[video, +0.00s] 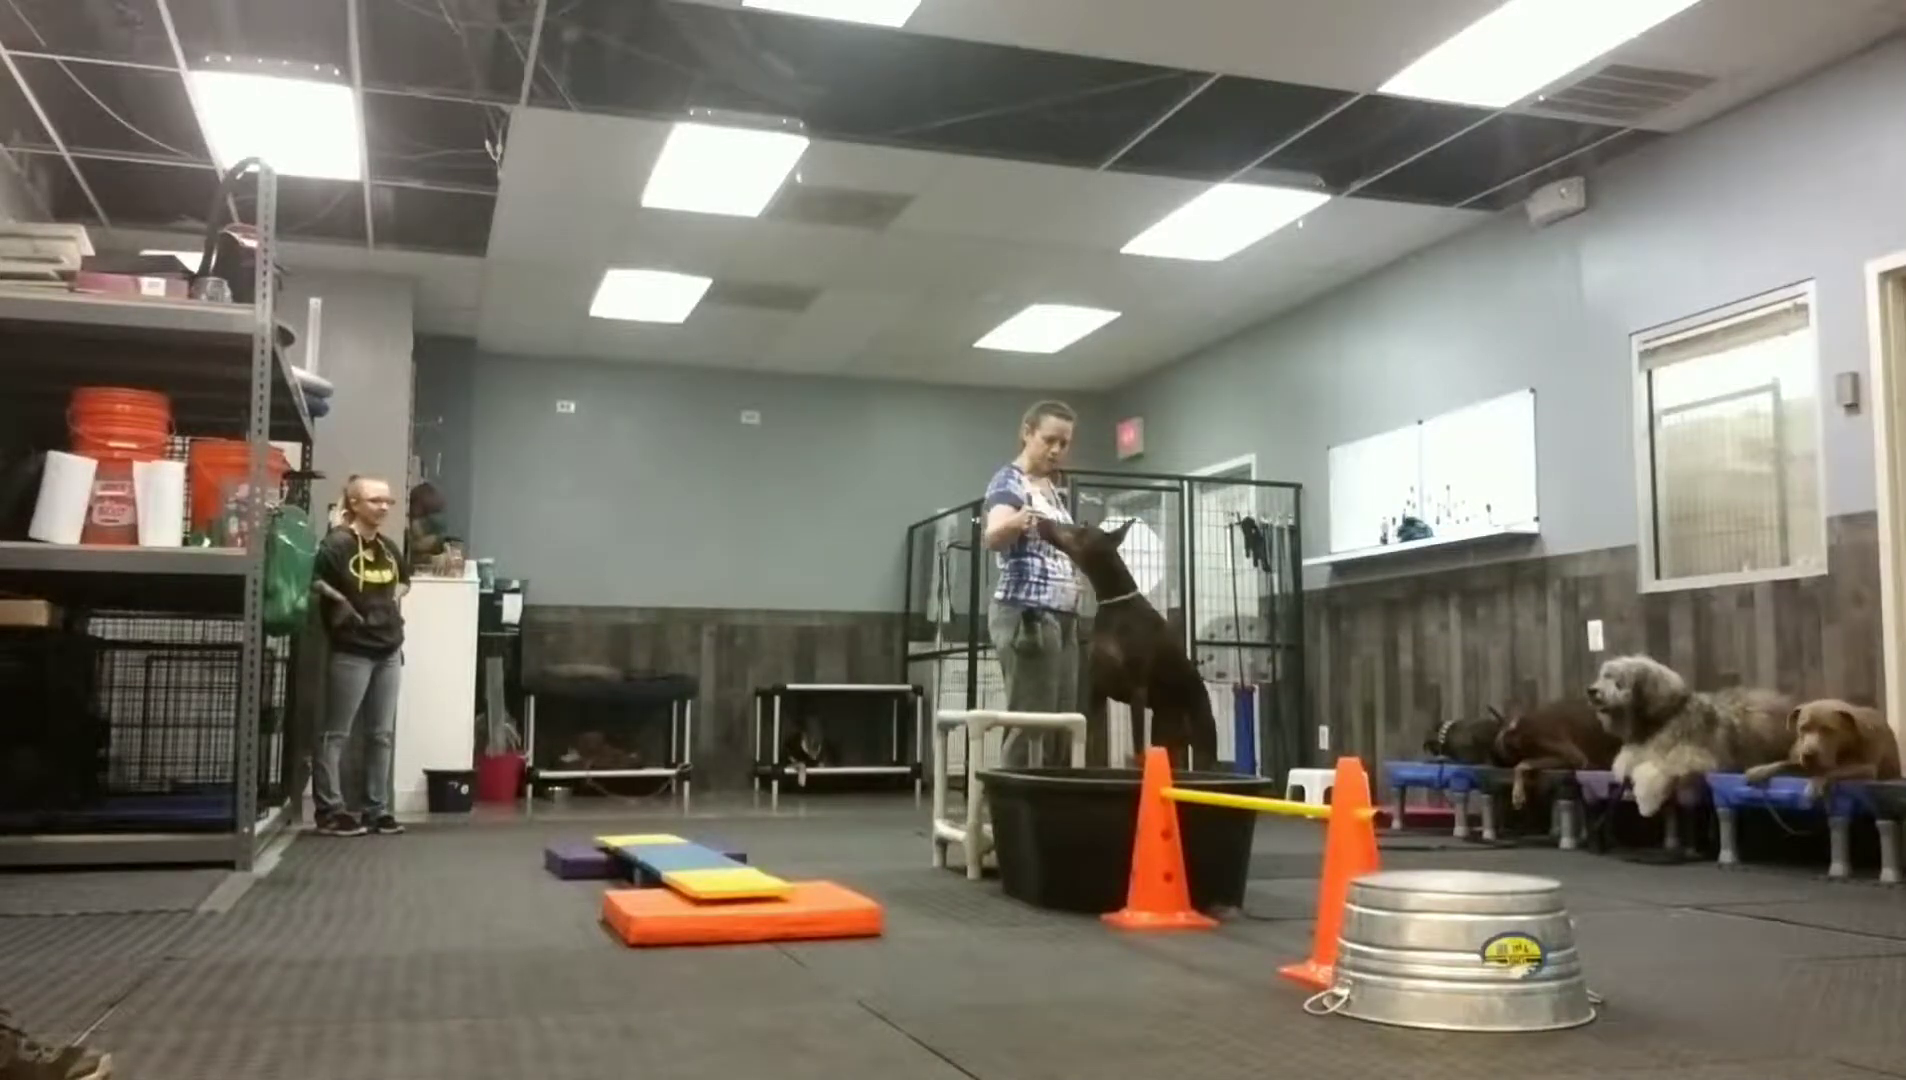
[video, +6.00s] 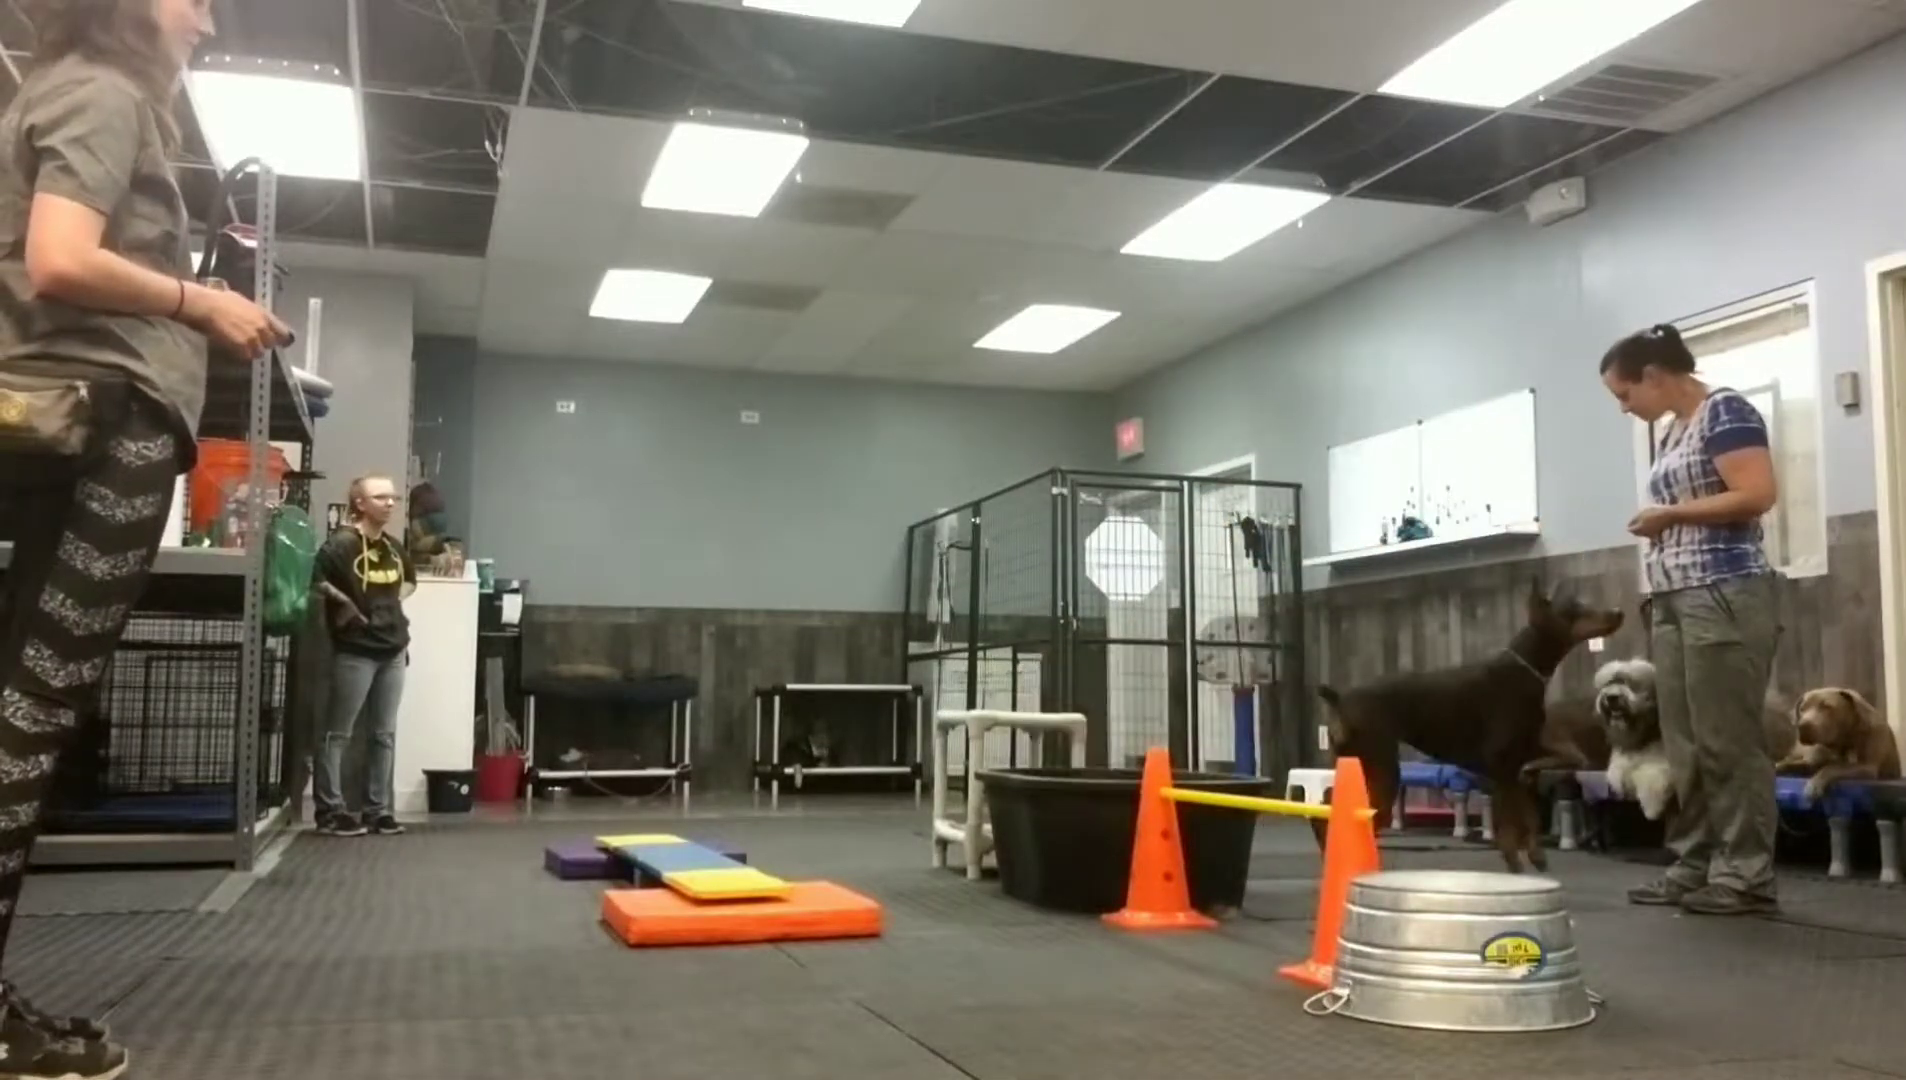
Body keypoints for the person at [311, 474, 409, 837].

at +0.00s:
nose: (384, 507)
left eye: (387, 501)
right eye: (376, 501)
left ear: (388, 506)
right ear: (355, 504)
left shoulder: (387, 546)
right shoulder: (338, 543)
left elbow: (401, 582)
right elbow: (317, 582)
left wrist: (392, 616)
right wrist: (344, 608)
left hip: (388, 649)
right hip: (352, 649)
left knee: (381, 734)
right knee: (337, 734)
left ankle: (376, 810)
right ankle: (329, 810)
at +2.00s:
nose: (379, 508)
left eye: (382, 502)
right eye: (371, 502)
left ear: (385, 505)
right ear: (351, 505)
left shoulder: (386, 545)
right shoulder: (336, 542)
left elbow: (401, 582)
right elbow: (312, 578)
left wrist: (392, 612)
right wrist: (340, 603)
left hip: (388, 649)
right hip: (351, 648)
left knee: (381, 734)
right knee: (337, 734)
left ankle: (376, 810)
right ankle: (329, 810)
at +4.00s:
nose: (389, 509)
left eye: (392, 503)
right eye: (381, 502)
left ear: (392, 507)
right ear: (358, 504)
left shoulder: (389, 547)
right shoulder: (338, 546)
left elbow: (403, 584)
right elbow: (317, 586)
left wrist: (394, 621)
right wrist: (347, 607)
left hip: (393, 649)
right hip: (355, 649)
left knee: (383, 734)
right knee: (338, 735)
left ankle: (377, 811)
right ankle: (330, 811)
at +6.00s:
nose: (390, 504)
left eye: (392, 498)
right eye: (381, 498)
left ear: (394, 504)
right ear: (359, 503)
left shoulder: (392, 546)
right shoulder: (340, 546)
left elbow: (406, 583)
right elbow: (316, 585)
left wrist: (396, 624)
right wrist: (347, 609)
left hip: (393, 649)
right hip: (355, 650)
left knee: (383, 734)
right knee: (339, 734)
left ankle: (378, 811)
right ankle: (330, 811)